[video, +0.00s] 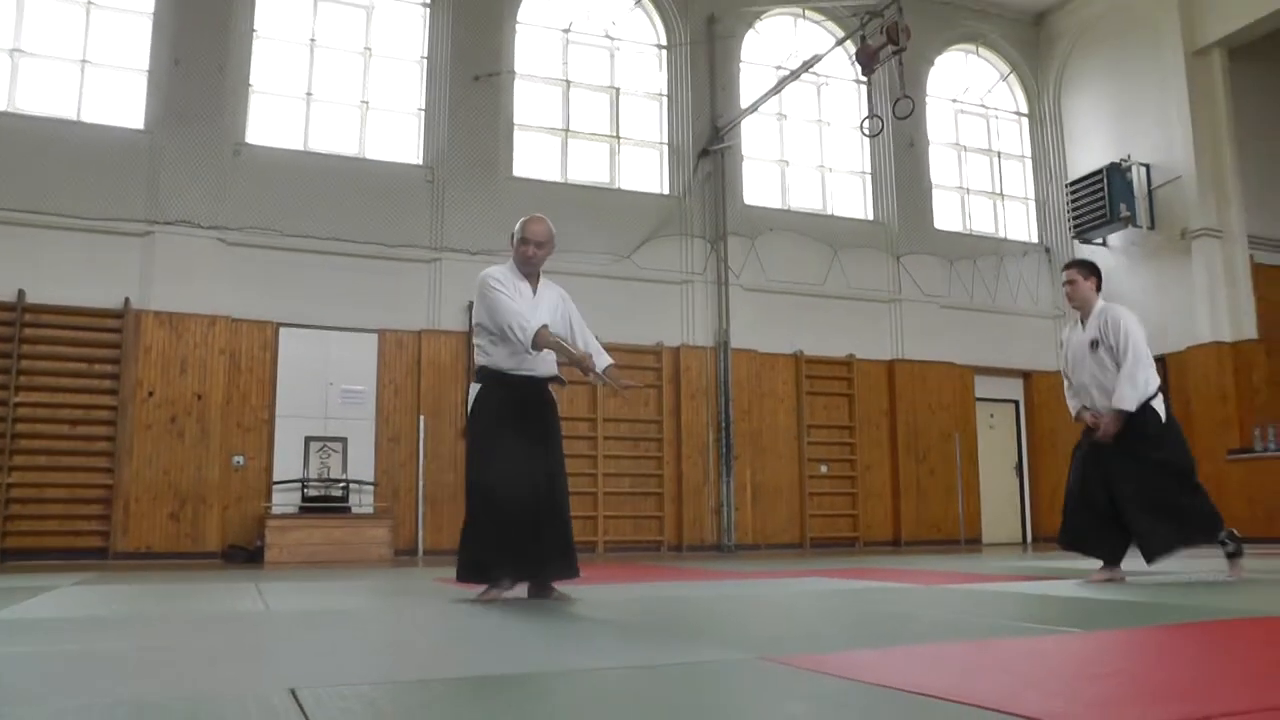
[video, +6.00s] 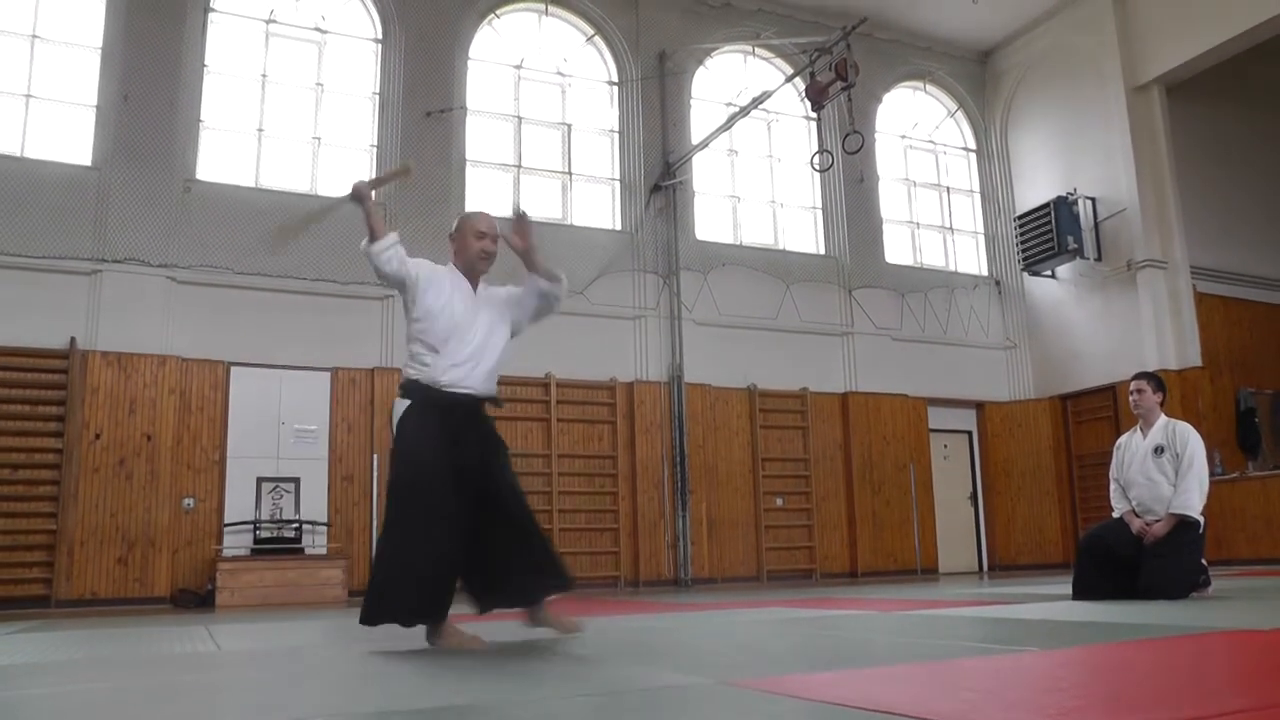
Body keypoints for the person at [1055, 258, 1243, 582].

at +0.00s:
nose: (1066, 289)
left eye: (1071, 283)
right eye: (1064, 285)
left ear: (1093, 284)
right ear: (1067, 291)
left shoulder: (1118, 317)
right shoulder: (1070, 335)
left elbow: (1137, 365)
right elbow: (1070, 383)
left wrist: (1117, 412)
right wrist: (1082, 411)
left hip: (1141, 412)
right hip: (1103, 420)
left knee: (1175, 481)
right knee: (1101, 488)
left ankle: (1225, 539)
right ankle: (1111, 564)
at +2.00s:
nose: (1144, 343)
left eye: (1151, 337)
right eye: (1142, 338)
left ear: (1170, 341)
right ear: (1139, 344)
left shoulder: (1192, 380)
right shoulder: (1130, 385)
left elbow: (1201, 429)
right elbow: (1120, 428)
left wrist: (1172, 468)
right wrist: (1135, 463)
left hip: (1181, 472)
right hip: (1137, 469)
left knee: (1156, 534)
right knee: (1094, 490)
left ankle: (1196, 518)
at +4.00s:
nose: (1134, 378)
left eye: (1140, 372)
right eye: (1130, 374)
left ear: (1158, 376)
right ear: (1128, 378)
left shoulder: (1181, 413)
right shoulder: (1121, 421)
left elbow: (1191, 465)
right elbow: (1113, 466)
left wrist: (1162, 504)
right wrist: (1127, 499)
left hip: (1174, 507)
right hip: (1130, 505)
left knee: (1148, 568)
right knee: (1087, 524)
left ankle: (1190, 552)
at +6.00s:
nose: (1133, 398)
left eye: (1140, 392)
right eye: (1131, 394)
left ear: (1158, 396)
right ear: (1128, 400)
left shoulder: (1182, 433)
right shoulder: (1123, 443)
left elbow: (1193, 484)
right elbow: (1115, 488)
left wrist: (1166, 524)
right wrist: (1132, 520)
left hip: (1178, 525)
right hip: (1134, 525)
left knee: (1157, 589)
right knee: (1093, 544)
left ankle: (1198, 573)